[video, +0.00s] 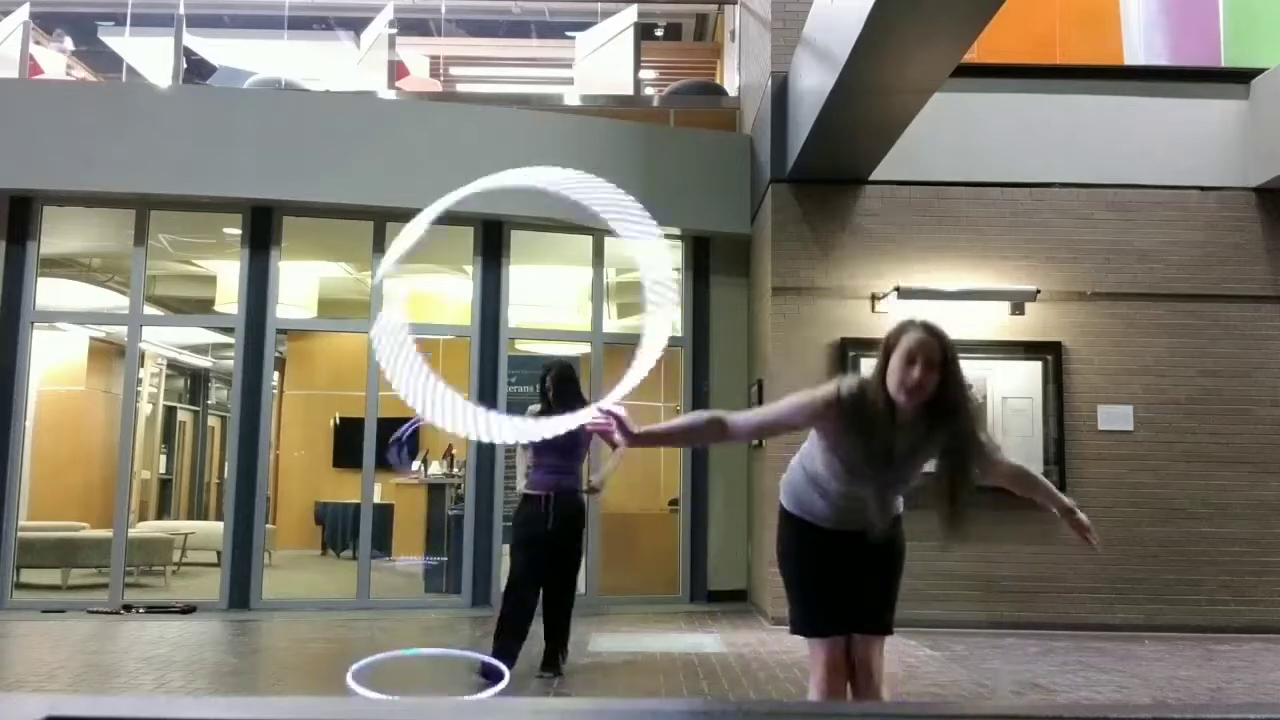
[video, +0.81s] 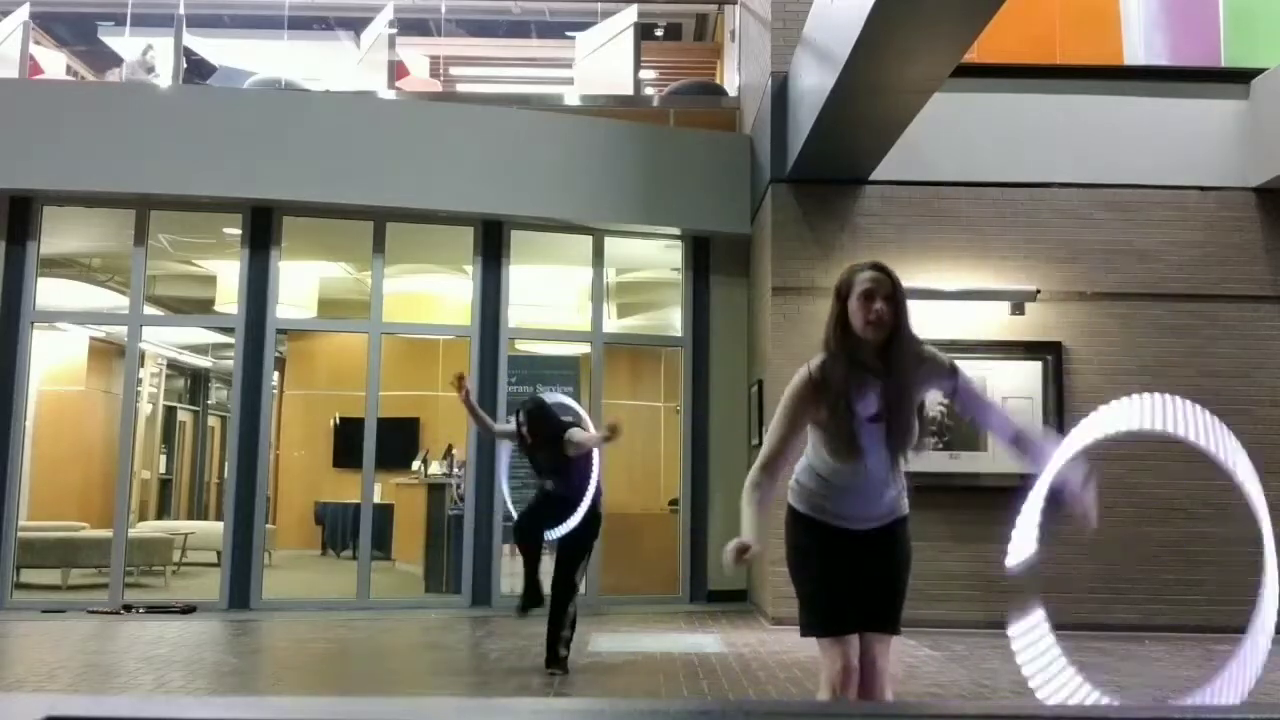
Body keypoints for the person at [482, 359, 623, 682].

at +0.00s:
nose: (551, 388)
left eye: (557, 382)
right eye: (548, 382)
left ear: (568, 384)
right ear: (543, 385)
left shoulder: (587, 416)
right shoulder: (535, 414)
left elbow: (620, 446)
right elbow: (523, 449)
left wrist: (601, 478)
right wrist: (522, 482)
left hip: (567, 504)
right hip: (532, 502)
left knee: (560, 584)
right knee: (520, 582)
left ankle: (553, 659)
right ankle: (499, 662)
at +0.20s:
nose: (552, 386)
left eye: (558, 380)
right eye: (549, 380)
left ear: (573, 381)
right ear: (545, 381)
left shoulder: (590, 414)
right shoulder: (539, 409)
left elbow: (609, 453)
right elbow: (524, 446)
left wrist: (604, 480)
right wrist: (507, 467)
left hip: (565, 499)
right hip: (532, 495)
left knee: (556, 579)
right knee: (515, 550)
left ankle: (552, 656)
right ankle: (484, 618)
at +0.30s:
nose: (548, 385)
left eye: (554, 379)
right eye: (546, 379)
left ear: (569, 380)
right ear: (544, 379)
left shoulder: (587, 410)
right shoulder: (538, 408)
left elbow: (598, 454)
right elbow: (520, 450)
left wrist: (582, 485)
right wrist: (499, 476)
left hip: (567, 495)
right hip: (535, 487)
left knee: (554, 582)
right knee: (507, 512)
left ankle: (548, 660)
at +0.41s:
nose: (543, 383)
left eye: (548, 377)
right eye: (540, 377)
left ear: (563, 378)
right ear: (538, 379)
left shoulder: (584, 408)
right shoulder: (536, 408)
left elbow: (573, 452)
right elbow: (514, 445)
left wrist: (546, 477)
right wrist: (488, 466)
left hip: (570, 489)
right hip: (540, 474)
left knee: (554, 567)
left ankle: (552, 646)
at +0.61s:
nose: (537, 408)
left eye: (541, 402)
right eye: (537, 403)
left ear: (555, 403)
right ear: (547, 405)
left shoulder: (581, 427)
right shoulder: (541, 428)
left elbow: (561, 441)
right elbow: (503, 427)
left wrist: (530, 442)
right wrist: (469, 411)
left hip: (574, 515)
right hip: (547, 507)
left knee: (559, 583)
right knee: (539, 462)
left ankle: (559, 651)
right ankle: (484, 509)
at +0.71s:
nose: (530, 424)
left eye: (534, 418)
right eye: (529, 418)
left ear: (548, 416)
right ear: (531, 416)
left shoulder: (574, 427)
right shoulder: (534, 430)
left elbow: (573, 439)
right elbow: (495, 425)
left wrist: (552, 433)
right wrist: (471, 395)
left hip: (578, 512)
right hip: (553, 506)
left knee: (563, 583)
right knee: (532, 485)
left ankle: (559, 654)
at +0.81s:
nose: (526, 435)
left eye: (531, 430)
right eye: (524, 429)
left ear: (545, 428)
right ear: (523, 426)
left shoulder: (568, 436)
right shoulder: (523, 434)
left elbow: (584, 439)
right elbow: (492, 430)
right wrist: (468, 402)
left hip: (582, 505)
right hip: (552, 497)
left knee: (564, 581)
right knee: (526, 527)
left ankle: (557, 654)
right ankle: (532, 589)